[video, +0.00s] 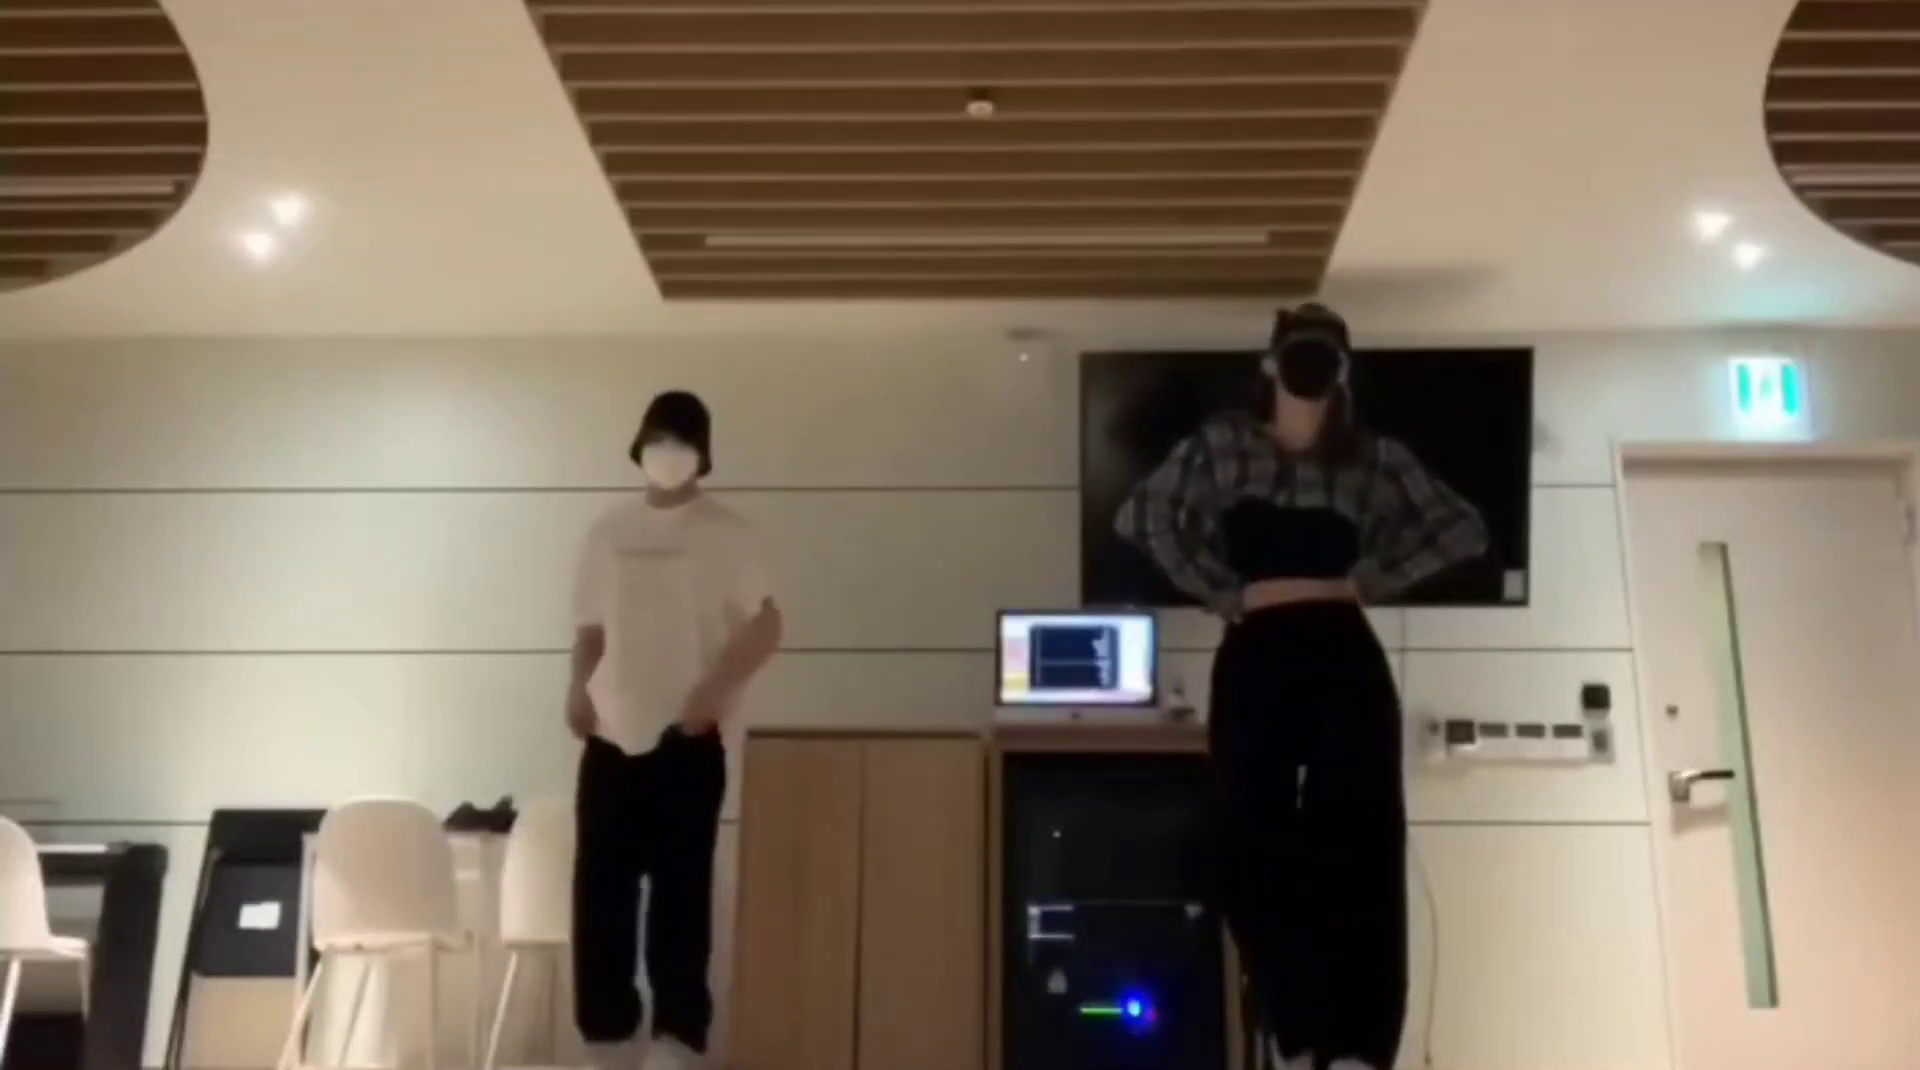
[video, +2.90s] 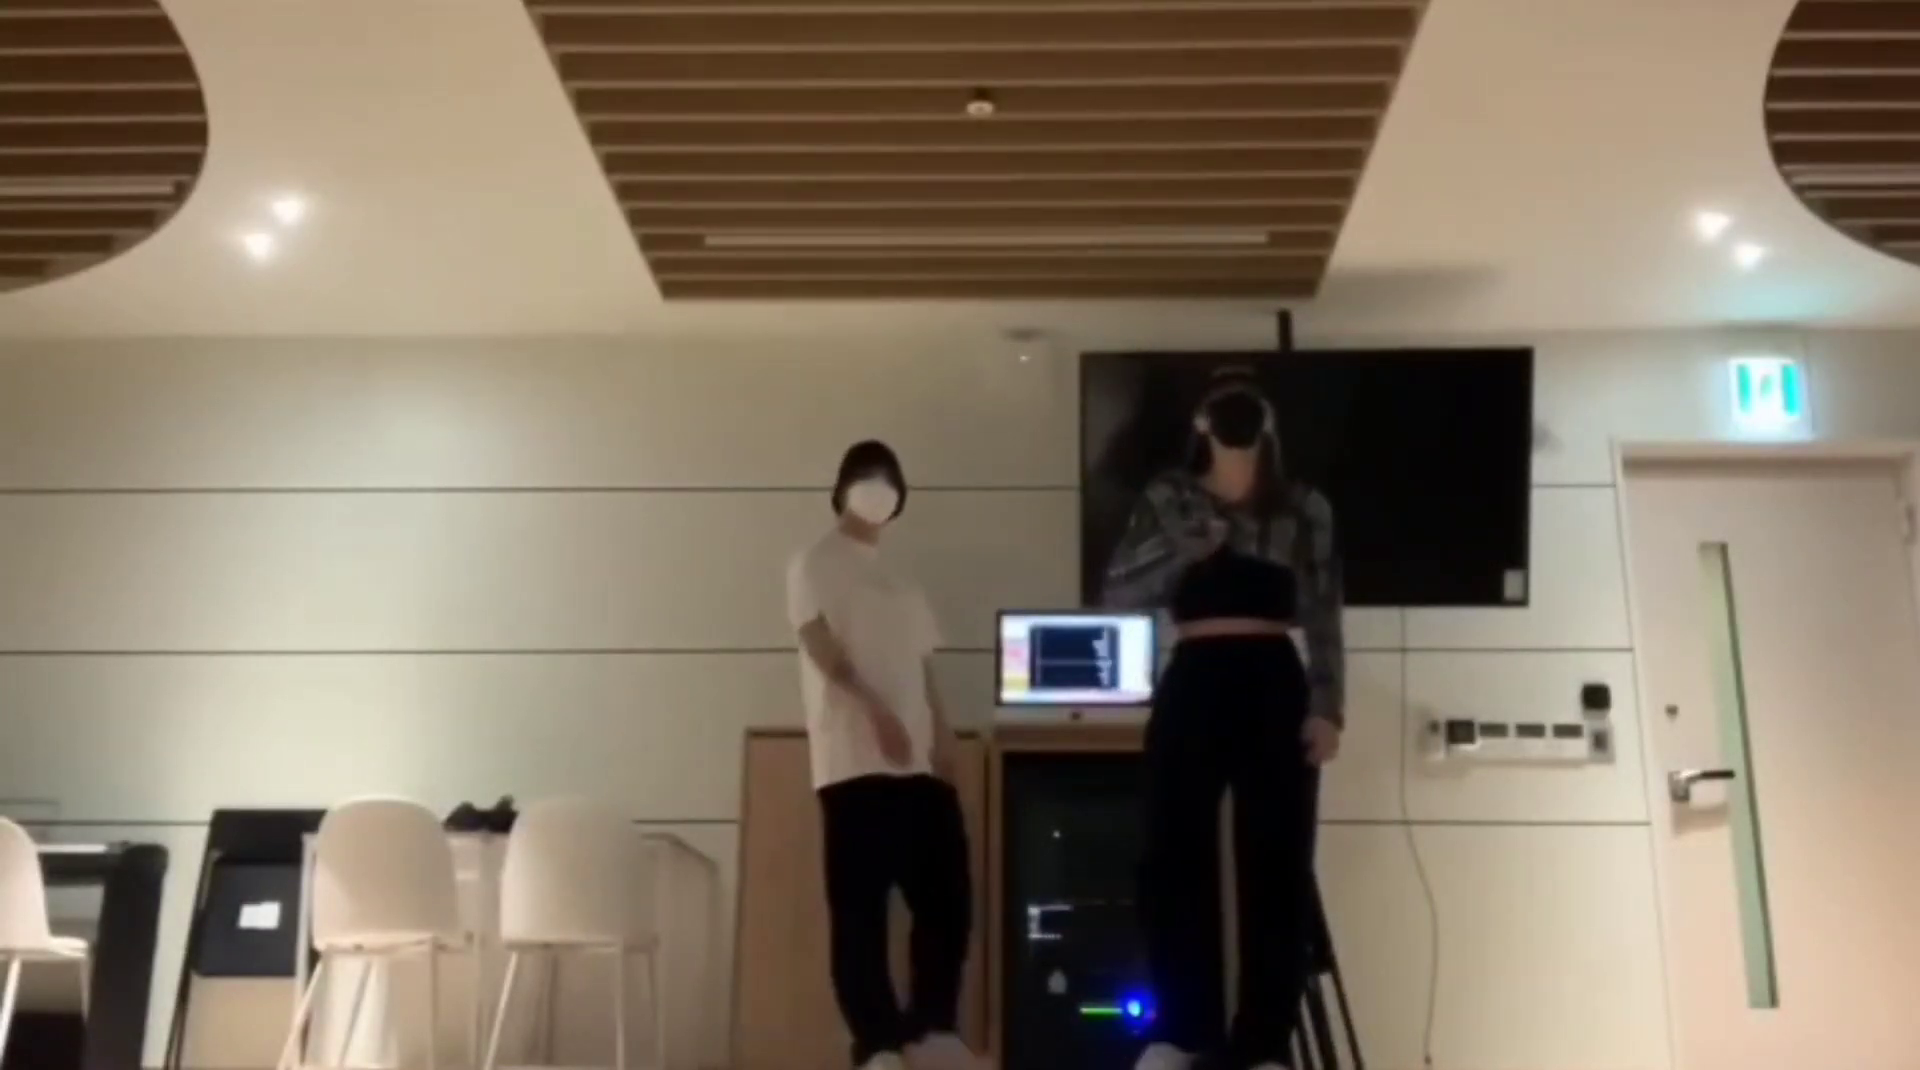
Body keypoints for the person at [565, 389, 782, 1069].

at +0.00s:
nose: (667, 455)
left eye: (681, 443)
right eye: (654, 443)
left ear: (703, 453)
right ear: (638, 451)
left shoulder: (733, 532)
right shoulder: (610, 530)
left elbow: (765, 624)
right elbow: (591, 624)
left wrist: (713, 692)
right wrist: (579, 684)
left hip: (692, 743)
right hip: (611, 743)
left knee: (682, 894)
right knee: (603, 893)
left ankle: (680, 1037)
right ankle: (606, 1036)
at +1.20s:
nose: (717, 504)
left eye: (728, 493)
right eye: (706, 491)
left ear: (743, 504)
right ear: (684, 499)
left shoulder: (763, 579)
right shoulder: (647, 576)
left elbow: (790, 667)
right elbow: (609, 661)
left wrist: (735, 656)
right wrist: (681, 661)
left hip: (744, 772)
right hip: (663, 772)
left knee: (748, 918)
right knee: (645, 918)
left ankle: (749, 1044)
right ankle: (625, 1046)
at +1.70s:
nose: (802, 526)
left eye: (813, 518)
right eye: (792, 511)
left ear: (821, 532)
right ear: (769, 516)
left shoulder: (814, 602)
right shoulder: (729, 580)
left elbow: (834, 694)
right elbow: (712, 659)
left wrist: (803, 698)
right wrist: (778, 685)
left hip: (802, 770)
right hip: (740, 764)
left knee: (790, 910)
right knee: (741, 905)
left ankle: (760, 1043)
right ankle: (707, 1043)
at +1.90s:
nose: (815, 525)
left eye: (827, 517)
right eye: (806, 511)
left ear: (836, 531)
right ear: (782, 515)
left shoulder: (821, 601)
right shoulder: (744, 576)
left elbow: (837, 677)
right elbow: (731, 657)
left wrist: (826, 727)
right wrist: (786, 717)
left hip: (806, 768)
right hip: (749, 762)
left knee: (795, 904)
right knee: (767, 902)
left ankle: (751, 1038)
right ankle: (778, 1036)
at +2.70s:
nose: (873, 498)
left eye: (884, 488)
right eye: (862, 485)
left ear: (897, 501)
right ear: (839, 493)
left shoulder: (888, 578)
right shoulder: (815, 566)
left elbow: (903, 677)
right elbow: (811, 658)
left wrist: (925, 757)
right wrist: (848, 747)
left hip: (902, 770)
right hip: (848, 770)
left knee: (896, 904)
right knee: (857, 914)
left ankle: (803, 1005)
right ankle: (876, 1044)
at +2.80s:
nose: (876, 497)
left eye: (887, 488)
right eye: (864, 484)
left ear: (899, 500)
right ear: (841, 492)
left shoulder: (892, 577)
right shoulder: (816, 564)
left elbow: (915, 669)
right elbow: (820, 654)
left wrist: (935, 742)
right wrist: (867, 733)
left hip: (909, 763)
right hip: (850, 763)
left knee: (929, 887)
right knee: (862, 901)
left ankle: (841, 1000)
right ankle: (876, 1039)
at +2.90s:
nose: (877, 495)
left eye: (888, 485)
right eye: (864, 482)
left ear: (900, 498)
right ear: (841, 490)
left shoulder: (901, 577)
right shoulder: (813, 564)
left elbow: (922, 667)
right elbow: (818, 643)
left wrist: (943, 740)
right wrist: (876, 709)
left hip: (917, 767)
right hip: (851, 766)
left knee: (946, 899)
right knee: (860, 910)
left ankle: (935, 1028)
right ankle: (875, 1043)